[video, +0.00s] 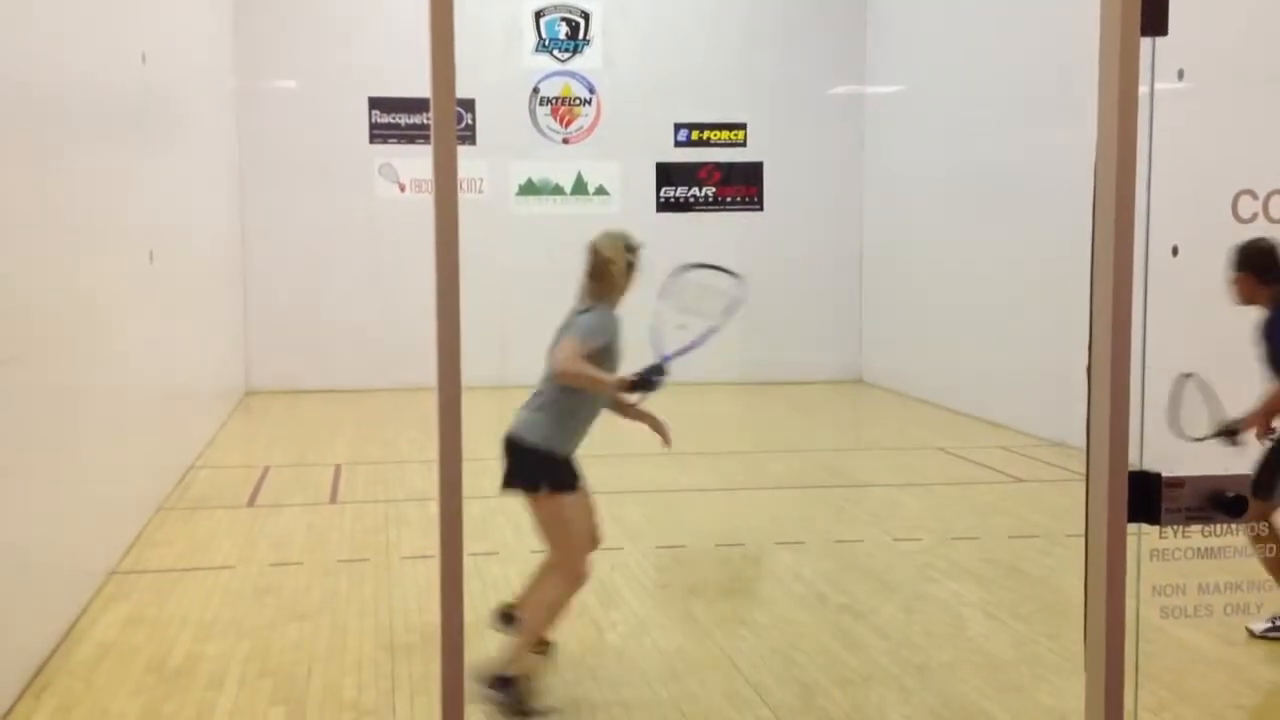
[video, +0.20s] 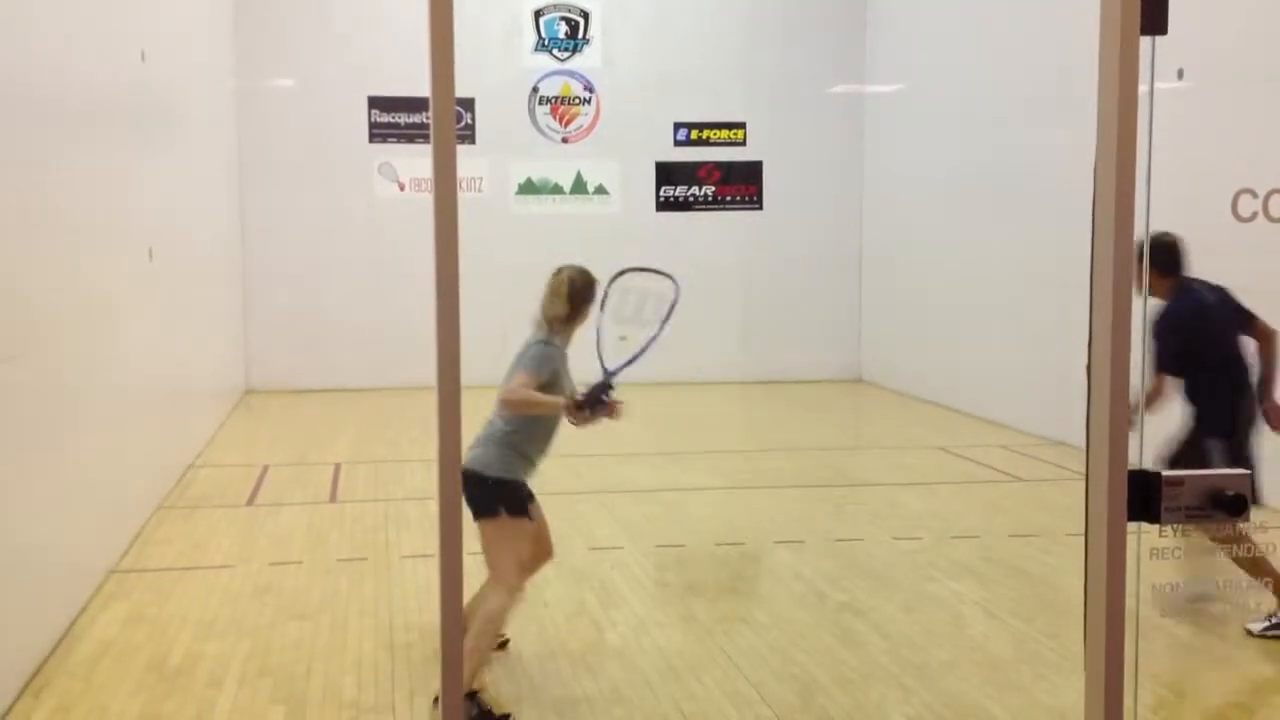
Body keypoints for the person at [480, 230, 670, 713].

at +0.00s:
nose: (633, 276)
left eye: (632, 268)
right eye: (632, 268)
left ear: (595, 268)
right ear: (624, 272)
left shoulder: (599, 320)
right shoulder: (595, 318)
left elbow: (591, 388)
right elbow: (563, 364)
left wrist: (641, 416)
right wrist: (618, 385)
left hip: (548, 446)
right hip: (537, 448)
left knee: (584, 540)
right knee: (570, 563)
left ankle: (522, 613)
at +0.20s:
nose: (590, 312)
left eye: (589, 303)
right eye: (591, 303)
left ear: (552, 299)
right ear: (586, 309)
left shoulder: (554, 352)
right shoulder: (543, 349)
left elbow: (568, 412)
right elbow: (510, 396)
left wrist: (594, 409)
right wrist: (567, 405)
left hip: (507, 474)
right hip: (491, 475)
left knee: (538, 551)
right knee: (507, 580)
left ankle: (473, 621)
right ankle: (459, 691)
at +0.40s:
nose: (591, 293)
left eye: (592, 286)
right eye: (591, 285)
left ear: (559, 278)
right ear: (577, 285)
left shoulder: (559, 325)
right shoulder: (536, 316)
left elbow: (576, 378)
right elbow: (497, 341)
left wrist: (592, 384)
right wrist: (550, 353)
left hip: (475, 429)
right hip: (461, 430)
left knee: (505, 515)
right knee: (501, 526)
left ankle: (469, 612)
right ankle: (460, 631)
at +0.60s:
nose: (585, 328)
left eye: (586, 320)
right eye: (585, 320)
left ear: (560, 312)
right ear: (572, 321)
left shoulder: (547, 357)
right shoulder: (522, 339)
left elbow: (545, 407)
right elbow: (503, 355)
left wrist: (556, 442)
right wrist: (513, 353)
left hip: (463, 439)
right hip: (444, 439)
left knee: (482, 503)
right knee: (473, 539)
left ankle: (465, 581)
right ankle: (453, 645)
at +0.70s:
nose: (575, 342)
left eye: (578, 334)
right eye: (577, 334)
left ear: (541, 320)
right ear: (565, 332)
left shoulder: (509, 347)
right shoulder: (531, 373)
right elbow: (544, 440)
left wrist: (546, 410)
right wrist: (546, 413)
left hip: (425, 428)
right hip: (448, 444)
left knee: (469, 492)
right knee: (452, 544)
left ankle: (458, 582)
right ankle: (447, 639)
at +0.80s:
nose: (565, 346)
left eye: (567, 338)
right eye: (567, 338)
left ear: (537, 322)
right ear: (560, 336)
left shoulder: (491, 334)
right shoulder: (541, 383)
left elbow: (446, 364)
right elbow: (548, 448)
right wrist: (559, 483)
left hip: (414, 424)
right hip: (455, 441)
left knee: (443, 510)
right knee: (443, 538)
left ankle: (454, 575)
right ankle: (402, 607)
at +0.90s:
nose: (555, 328)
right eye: (555, 322)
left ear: (522, 314)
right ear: (553, 326)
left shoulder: (483, 334)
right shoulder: (542, 377)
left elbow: (430, 365)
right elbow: (513, 418)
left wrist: (382, 392)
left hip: (429, 423)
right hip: (473, 442)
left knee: (448, 504)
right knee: (429, 531)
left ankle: (457, 578)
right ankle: (372, 589)